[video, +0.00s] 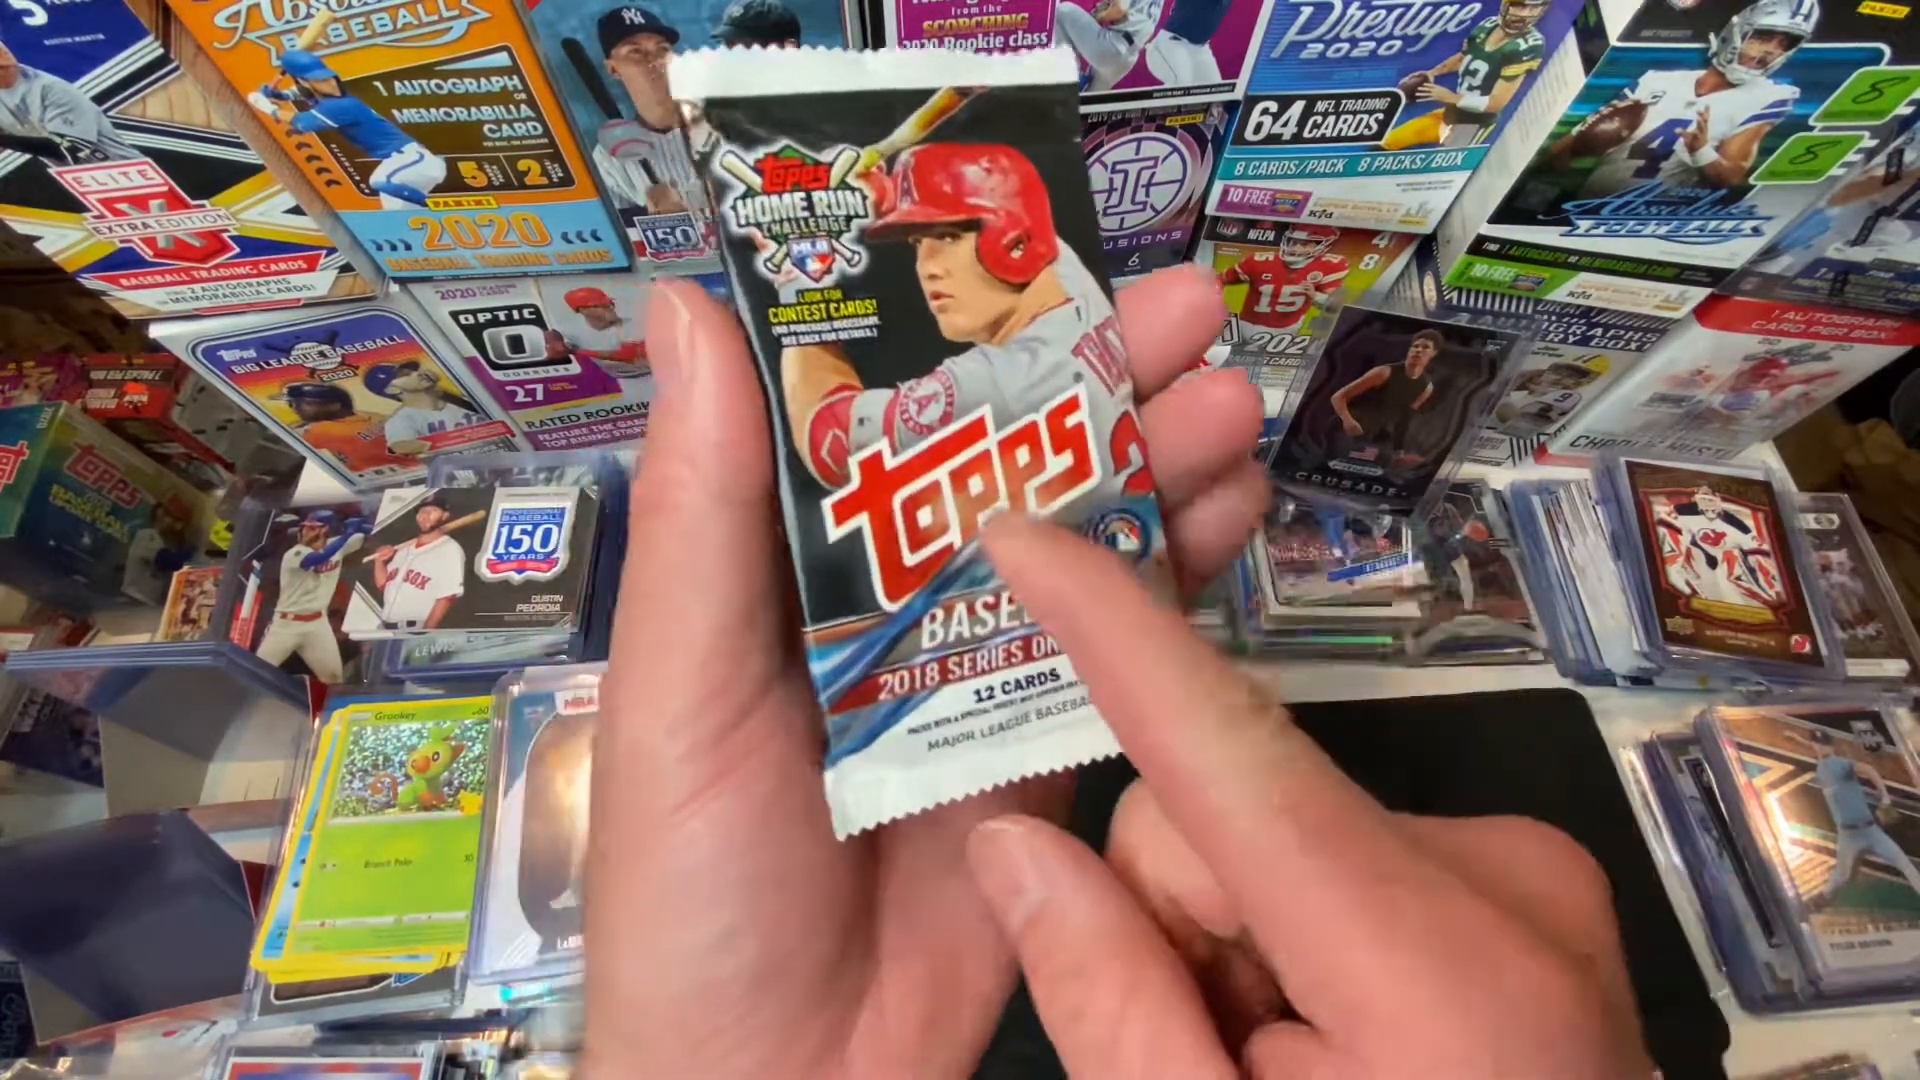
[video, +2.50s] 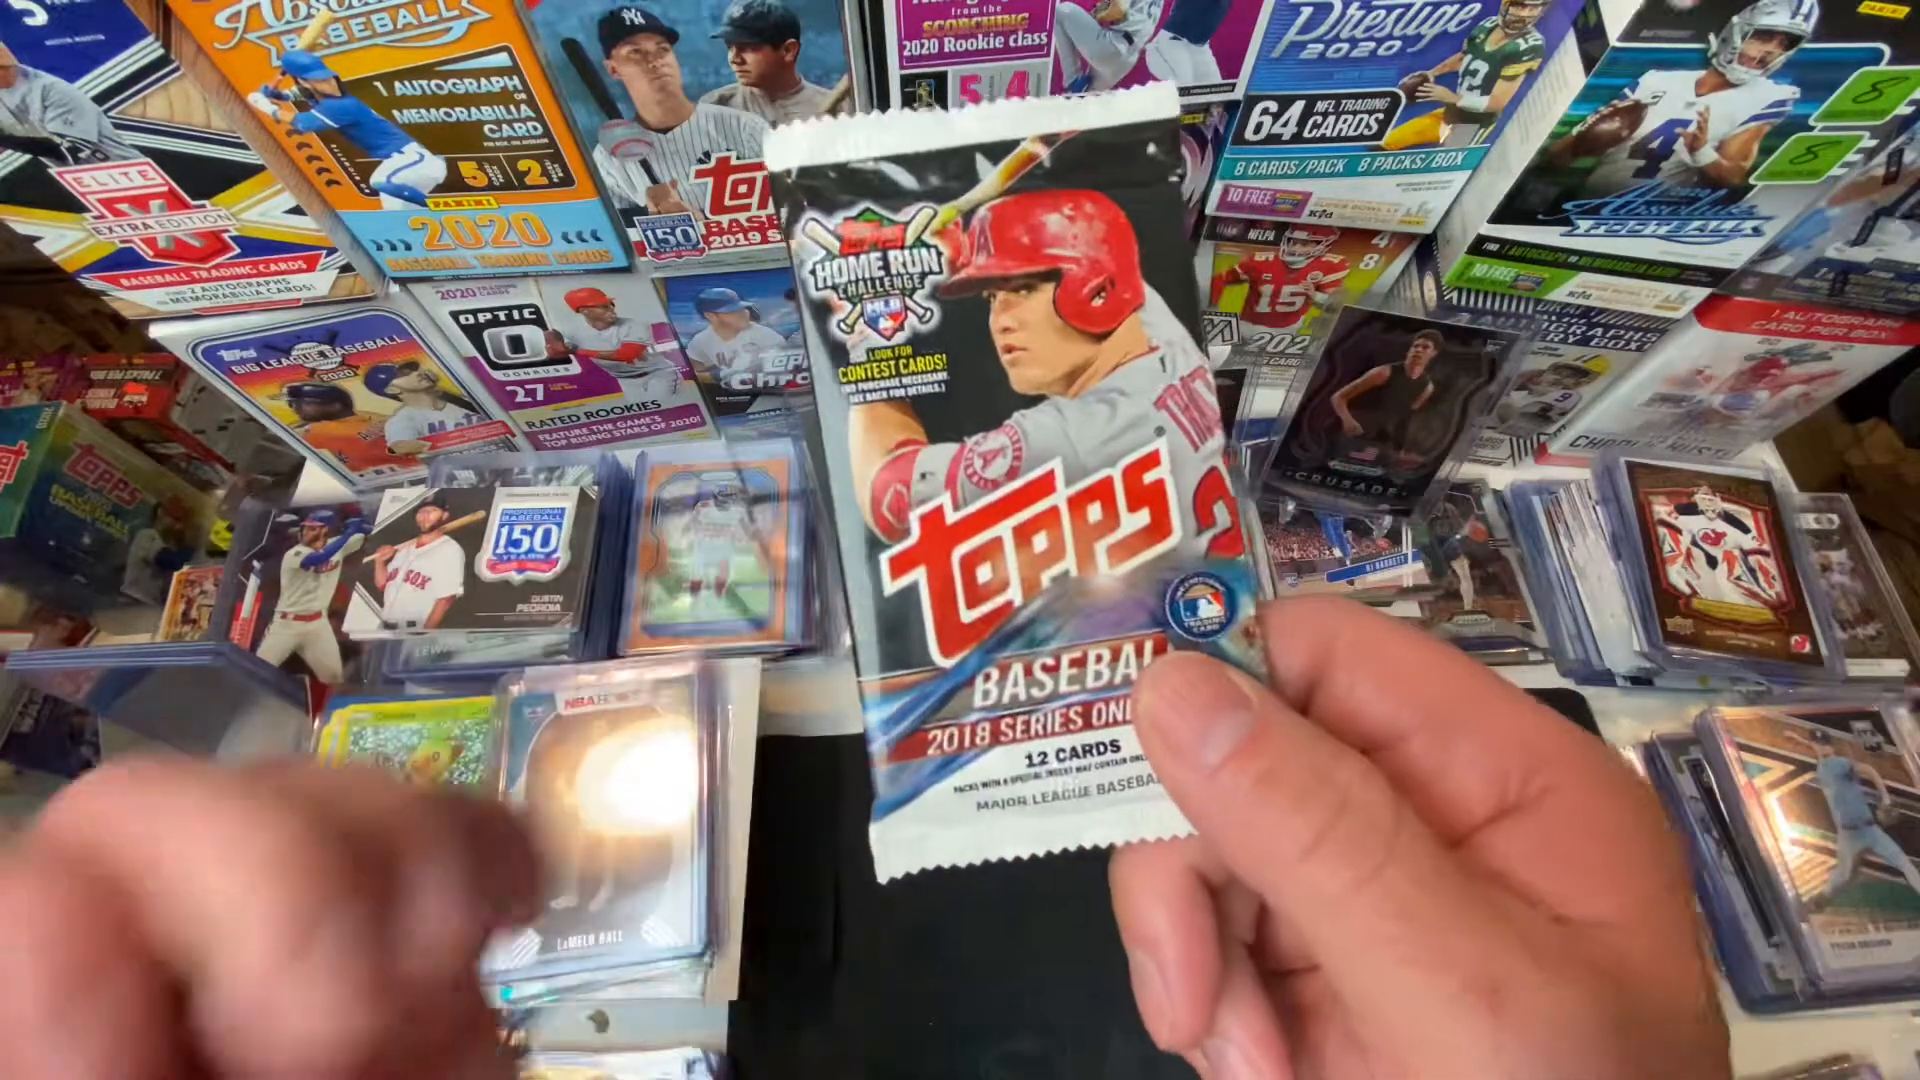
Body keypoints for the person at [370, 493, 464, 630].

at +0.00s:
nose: (425, 516)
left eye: (432, 511)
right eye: (422, 511)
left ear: (445, 516)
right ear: (416, 515)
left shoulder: (451, 550)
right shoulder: (405, 548)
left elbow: (446, 598)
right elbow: (383, 585)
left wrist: (425, 633)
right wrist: (379, 561)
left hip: (415, 630)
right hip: (385, 627)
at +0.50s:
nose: (426, 517)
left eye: (432, 511)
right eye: (422, 511)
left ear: (445, 515)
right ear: (416, 515)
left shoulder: (451, 550)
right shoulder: (405, 548)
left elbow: (447, 598)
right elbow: (382, 585)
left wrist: (425, 633)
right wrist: (379, 561)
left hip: (416, 631)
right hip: (386, 627)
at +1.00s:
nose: (425, 516)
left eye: (432, 511)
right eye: (422, 511)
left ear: (445, 516)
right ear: (416, 515)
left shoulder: (450, 550)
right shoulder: (406, 548)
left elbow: (447, 598)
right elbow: (382, 585)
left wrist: (425, 634)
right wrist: (379, 561)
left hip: (416, 631)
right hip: (386, 627)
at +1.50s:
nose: (426, 517)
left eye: (433, 511)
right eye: (422, 511)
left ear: (444, 515)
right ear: (416, 515)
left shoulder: (451, 550)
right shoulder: (405, 548)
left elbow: (446, 599)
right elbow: (383, 586)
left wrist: (424, 634)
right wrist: (380, 562)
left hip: (415, 631)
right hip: (386, 627)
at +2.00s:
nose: (426, 516)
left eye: (432, 511)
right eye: (422, 511)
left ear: (445, 516)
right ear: (416, 516)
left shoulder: (451, 550)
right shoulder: (404, 548)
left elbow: (447, 598)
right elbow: (382, 584)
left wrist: (425, 633)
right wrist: (380, 561)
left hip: (416, 631)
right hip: (386, 628)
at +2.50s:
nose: (425, 516)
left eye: (432, 511)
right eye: (422, 512)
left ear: (444, 516)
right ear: (416, 516)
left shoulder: (451, 550)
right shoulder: (405, 548)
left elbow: (446, 598)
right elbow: (382, 585)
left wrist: (424, 634)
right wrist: (379, 562)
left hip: (416, 631)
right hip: (386, 627)